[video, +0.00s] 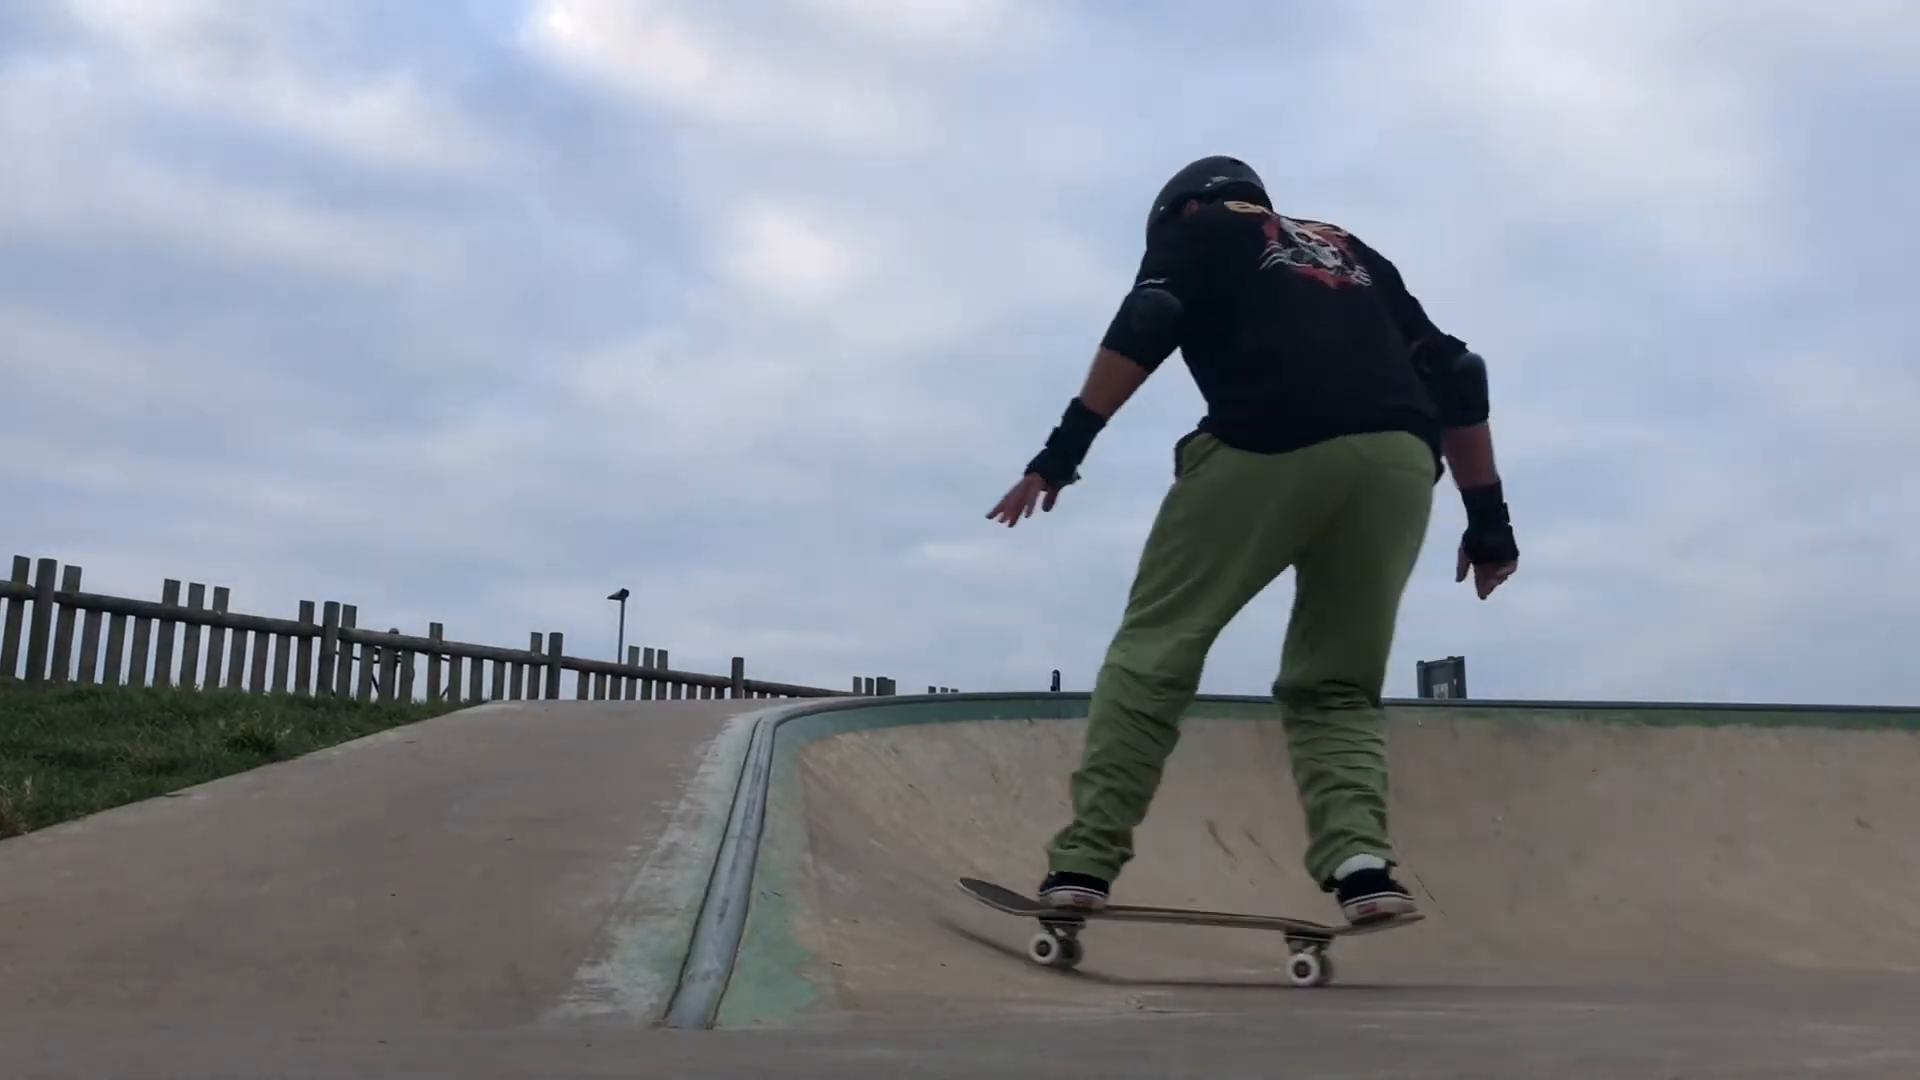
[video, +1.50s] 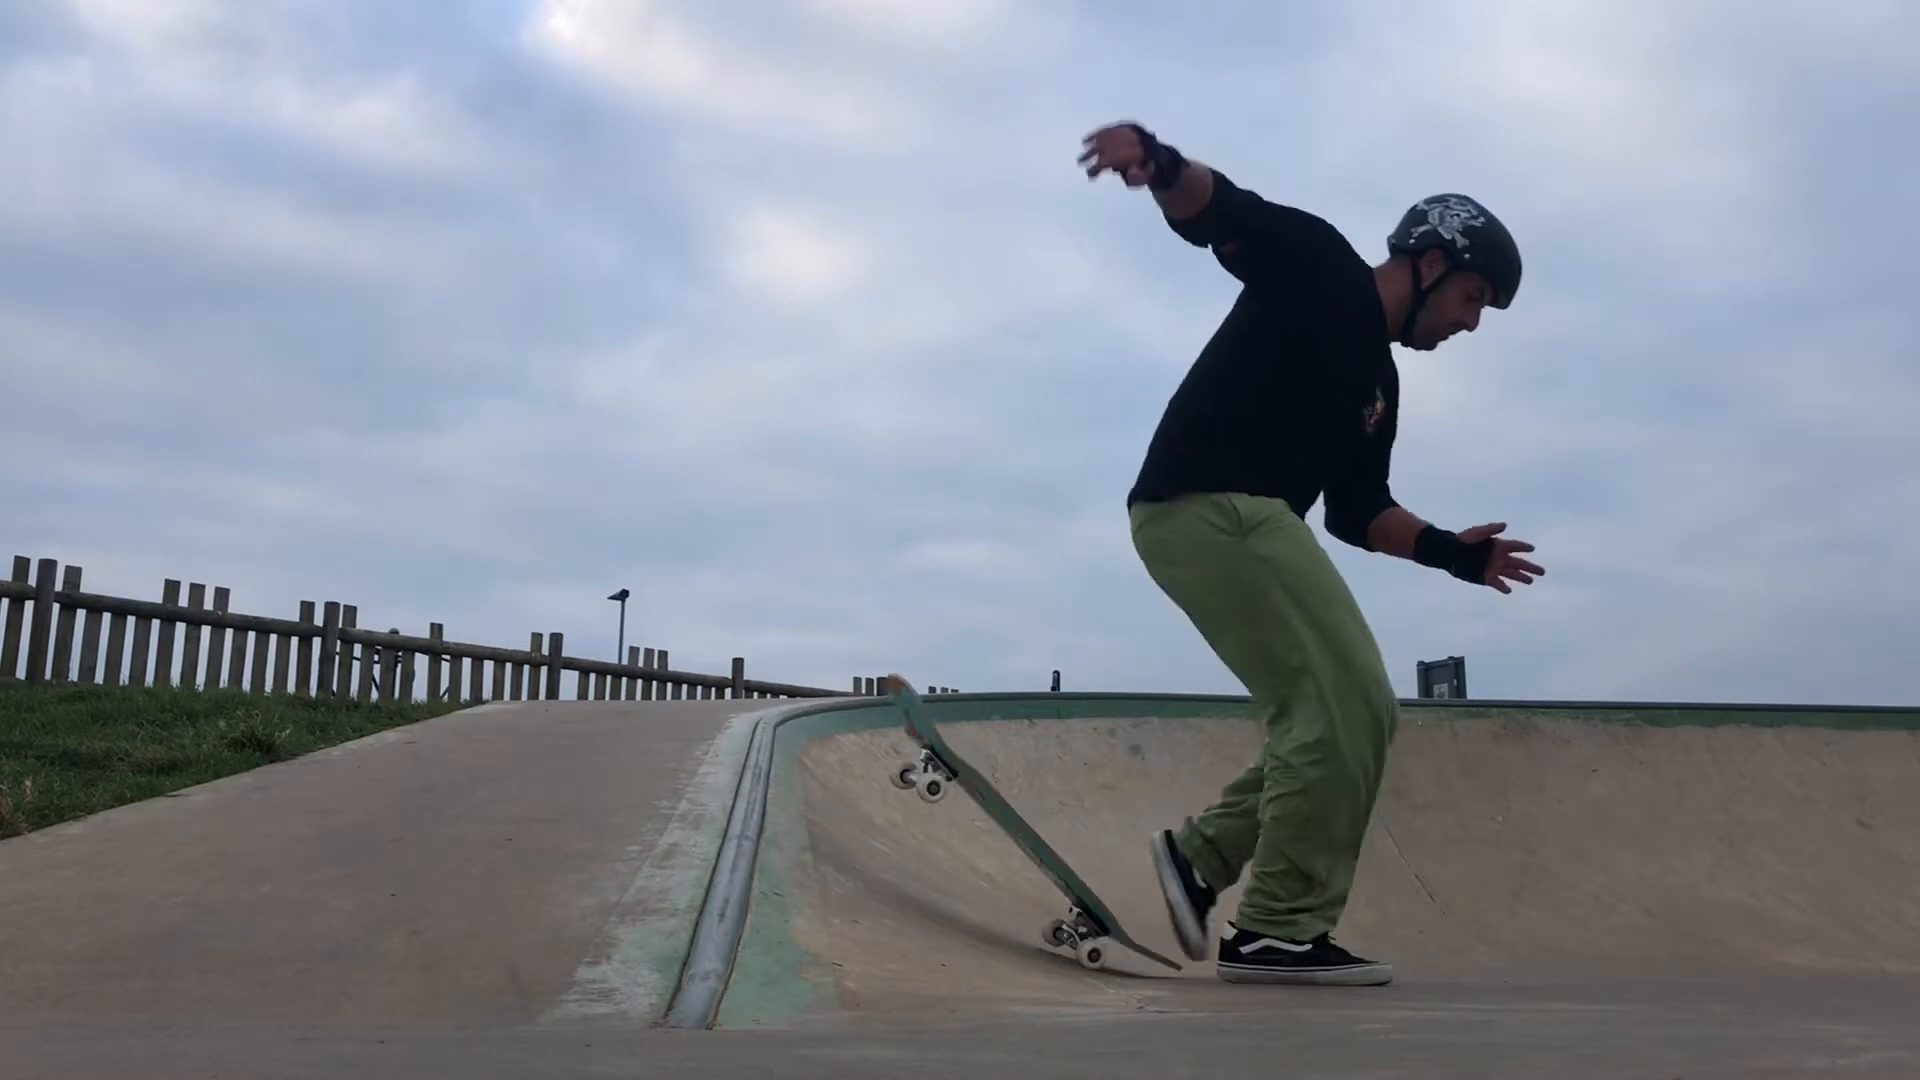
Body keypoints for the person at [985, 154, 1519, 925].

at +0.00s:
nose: (1168, 240)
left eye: (1168, 226)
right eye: (1167, 231)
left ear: (1186, 209)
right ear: (1261, 202)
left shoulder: (1191, 226)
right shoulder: (1349, 248)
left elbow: (1152, 319)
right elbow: (1455, 372)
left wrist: (1066, 445)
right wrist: (1488, 513)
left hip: (1265, 449)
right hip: (1396, 455)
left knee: (1154, 656)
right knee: (1338, 687)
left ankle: (1082, 867)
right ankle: (1360, 863)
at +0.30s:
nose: (1027, 116)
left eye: (1027, 104)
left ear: (1028, 98)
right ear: (1102, 110)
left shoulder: (989, 119)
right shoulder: (1149, 148)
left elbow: (871, 135)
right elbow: (1232, 226)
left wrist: (783, 178)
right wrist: (1270, 351)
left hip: (951, 322)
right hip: (1060, 345)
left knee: (881, 513)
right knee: (986, 580)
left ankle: (738, 644)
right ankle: (877, 760)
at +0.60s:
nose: (1040, 143)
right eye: (1033, 133)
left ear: (951, 119)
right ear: (1014, 124)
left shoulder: (879, 156)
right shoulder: (1012, 135)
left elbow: (762, 212)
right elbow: (1099, 171)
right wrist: (1190, 257)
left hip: (819, 338)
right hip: (907, 329)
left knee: (837, 545)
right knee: (927, 555)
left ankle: (771, 701)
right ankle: (810, 711)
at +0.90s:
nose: (1070, 201)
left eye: (1081, 196)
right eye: (1080, 184)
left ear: (1061, 155)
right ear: (1066, 139)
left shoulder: (1001, 190)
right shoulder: (1016, 123)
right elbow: (944, 77)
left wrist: (1001, 408)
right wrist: (1031, 53)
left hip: (838, 327)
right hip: (900, 328)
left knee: (850, 546)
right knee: (928, 543)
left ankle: (784, 703)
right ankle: (809, 709)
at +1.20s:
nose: (1240, 212)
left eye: (1253, 202)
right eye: (1246, 191)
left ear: (1216, 173)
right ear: (1212, 155)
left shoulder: (1148, 239)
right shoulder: (1139, 153)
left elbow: (1066, 324)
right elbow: (1217, 114)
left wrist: (1076, 411)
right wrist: (1331, 171)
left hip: (1043, 418)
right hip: (981, 370)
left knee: (1059, 633)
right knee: (1004, 541)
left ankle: (1002, 834)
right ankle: (806, 674)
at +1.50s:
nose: (1474, 320)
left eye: (1484, 306)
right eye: (1477, 296)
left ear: (1433, 271)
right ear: (1434, 260)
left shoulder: (1375, 392)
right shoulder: (1321, 257)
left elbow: (1357, 511)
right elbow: (1220, 210)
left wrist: (1449, 549)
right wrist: (1159, 165)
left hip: (1244, 516)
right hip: (1208, 502)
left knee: (1352, 709)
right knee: (1343, 703)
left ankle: (1205, 853)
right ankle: (1277, 928)